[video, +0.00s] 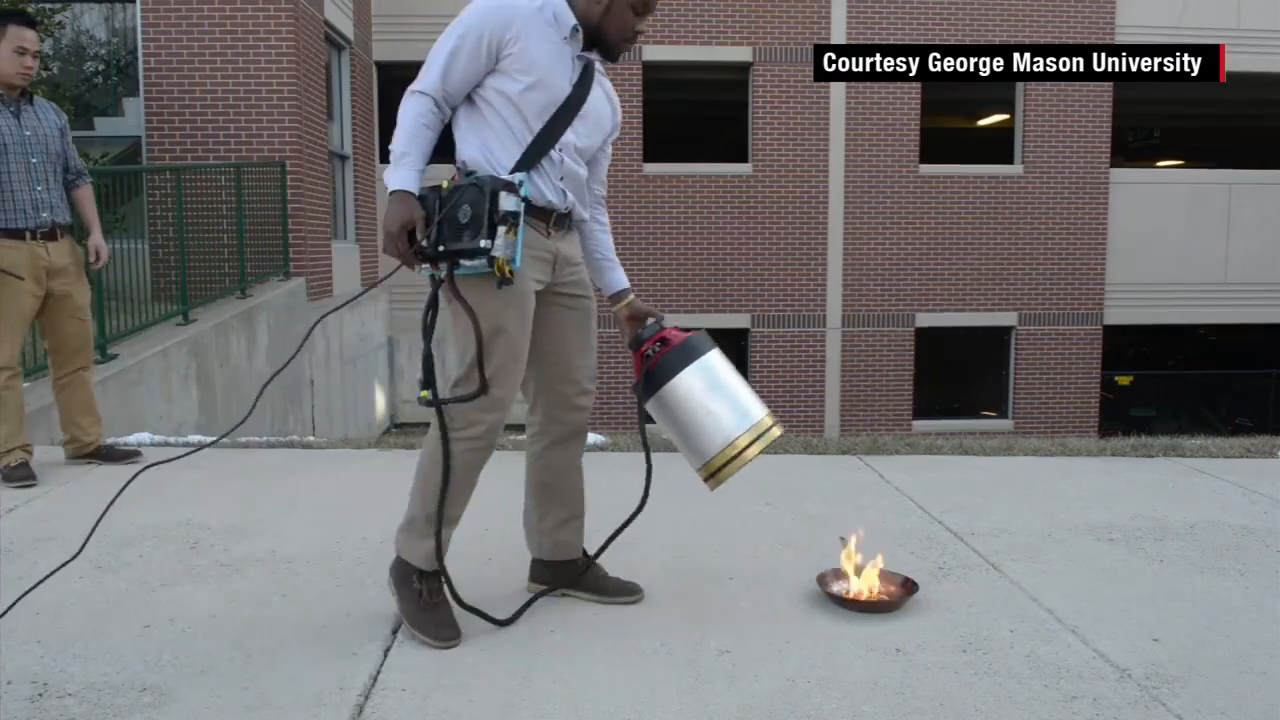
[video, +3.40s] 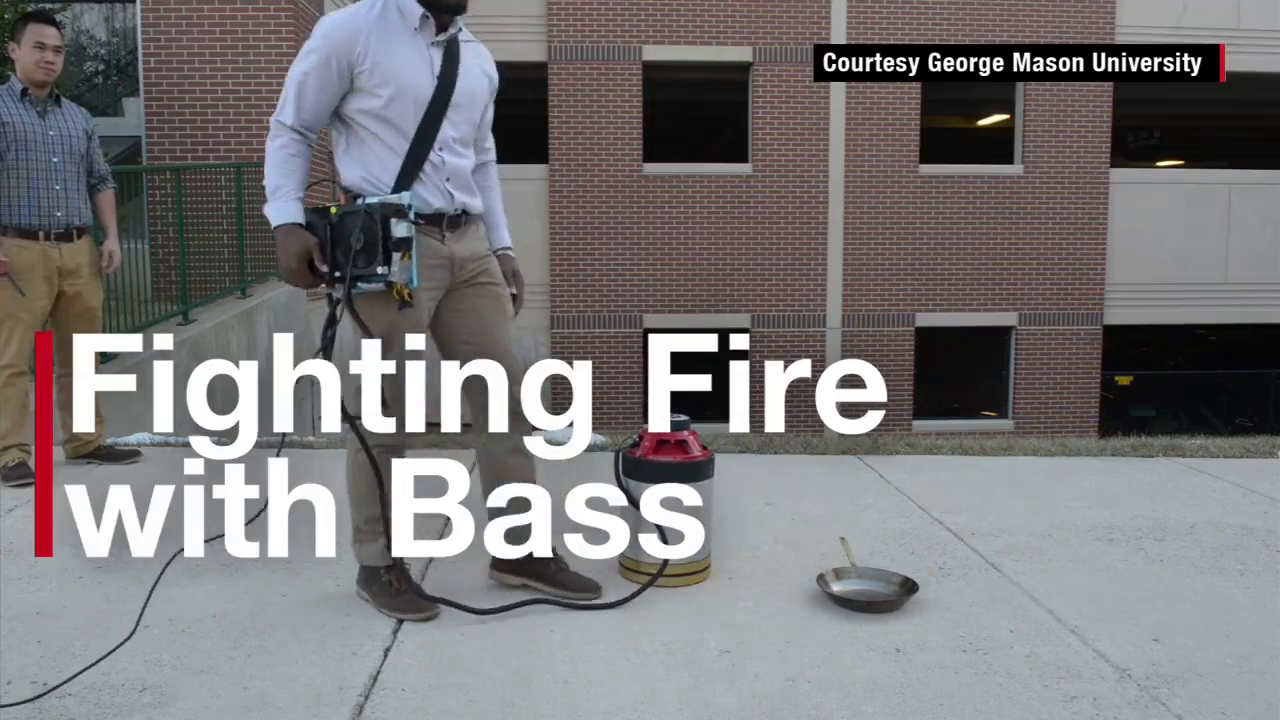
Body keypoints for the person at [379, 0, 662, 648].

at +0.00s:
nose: (644, 30)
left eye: (649, 18)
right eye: (640, 13)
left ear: (612, 11)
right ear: (604, 1)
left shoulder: (604, 100)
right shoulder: (505, 17)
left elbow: (590, 208)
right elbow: (428, 96)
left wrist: (620, 295)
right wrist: (402, 191)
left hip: (566, 249)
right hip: (492, 234)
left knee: (564, 406)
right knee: (477, 405)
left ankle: (558, 557)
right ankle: (417, 565)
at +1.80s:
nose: (709, 97)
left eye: (718, 88)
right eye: (708, 79)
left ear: (688, 69)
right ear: (672, 51)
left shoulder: (652, 160)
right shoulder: (584, 45)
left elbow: (634, 262)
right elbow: (486, 88)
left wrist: (650, 356)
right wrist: (417, 158)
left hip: (559, 258)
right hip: (485, 232)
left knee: (559, 411)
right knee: (462, 409)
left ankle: (554, 557)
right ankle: (417, 564)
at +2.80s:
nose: (668, 42)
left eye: (678, 33)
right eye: (659, 25)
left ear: (680, 37)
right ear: (623, 14)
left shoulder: (641, 134)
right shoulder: (546, 38)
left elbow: (631, 234)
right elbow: (455, 95)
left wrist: (644, 327)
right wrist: (401, 175)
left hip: (554, 255)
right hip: (479, 237)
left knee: (554, 409)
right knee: (455, 409)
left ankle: (557, 556)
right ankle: (401, 556)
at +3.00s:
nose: (611, 9)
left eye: (615, 3)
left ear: (613, 17)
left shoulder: (605, 103)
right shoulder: (490, 32)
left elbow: (601, 203)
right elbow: (410, 108)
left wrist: (608, 287)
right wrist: (374, 195)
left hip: (542, 252)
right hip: (464, 243)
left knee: (548, 408)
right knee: (442, 409)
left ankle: (555, 554)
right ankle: (386, 555)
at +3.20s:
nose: (527, 0)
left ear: (534, 6)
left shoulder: (542, 83)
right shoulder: (412, 36)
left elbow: (546, 185)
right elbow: (346, 124)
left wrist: (560, 266)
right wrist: (329, 212)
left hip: (514, 251)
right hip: (427, 248)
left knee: (532, 410)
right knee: (411, 414)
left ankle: (555, 553)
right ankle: (383, 562)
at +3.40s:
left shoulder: (478, 60)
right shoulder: (351, 30)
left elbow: (483, 160)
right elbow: (291, 127)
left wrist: (501, 247)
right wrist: (286, 222)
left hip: (468, 245)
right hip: (387, 248)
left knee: (500, 399)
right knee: (386, 413)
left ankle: (521, 547)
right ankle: (380, 563)